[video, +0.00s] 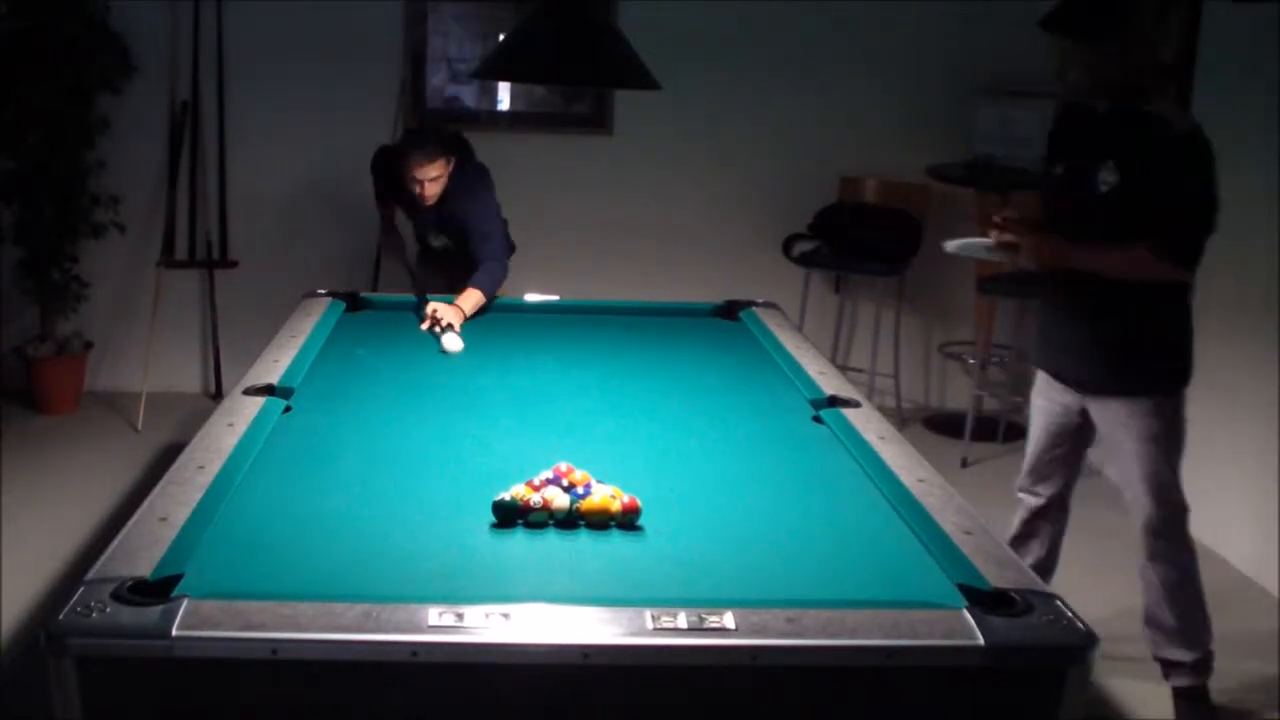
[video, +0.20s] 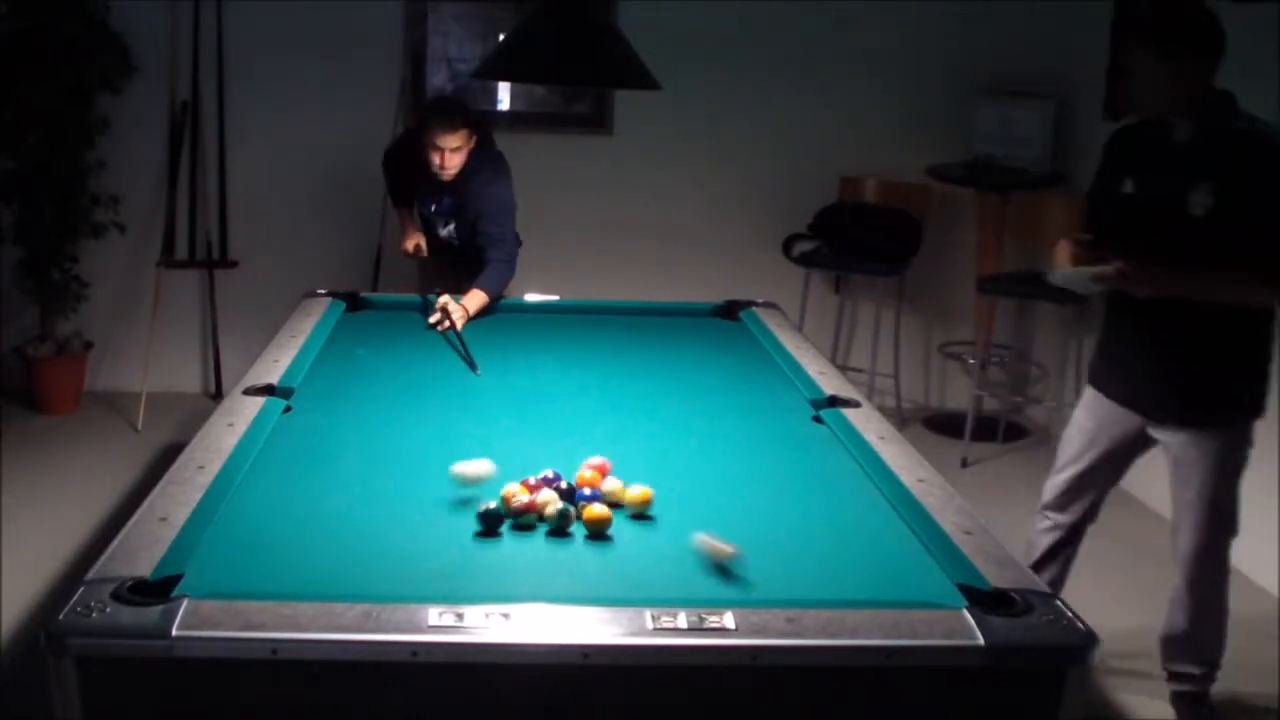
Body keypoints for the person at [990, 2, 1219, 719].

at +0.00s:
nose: (1069, 69)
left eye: (1082, 55)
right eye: (1068, 55)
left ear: (1122, 57)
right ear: (1077, 56)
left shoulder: (1179, 144)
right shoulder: (1075, 126)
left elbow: (1174, 261)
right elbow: (1068, 219)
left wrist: (1059, 252)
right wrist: (1019, 224)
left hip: (1138, 375)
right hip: (1061, 358)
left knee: (1158, 525)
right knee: (1035, 496)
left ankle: (1185, 674)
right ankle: (1011, 630)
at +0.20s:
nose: (1121, 75)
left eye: (1137, 60)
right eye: (1125, 60)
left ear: (1186, 64)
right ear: (1150, 70)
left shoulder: (1258, 156)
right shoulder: (1129, 146)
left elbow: (1263, 282)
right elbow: (1099, 241)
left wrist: (1149, 277)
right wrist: (1081, 251)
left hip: (1213, 391)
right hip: (1122, 375)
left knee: (1199, 547)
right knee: (1060, 505)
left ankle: (1191, 678)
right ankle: (1018, 634)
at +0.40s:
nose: (1228, 90)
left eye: (1242, 78)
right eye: (1220, 74)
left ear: (1266, 80)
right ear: (1205, 72)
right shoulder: (1174, 138)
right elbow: (1138, 248)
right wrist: (1154, 256)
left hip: (1262, 380)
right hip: (1167, 363)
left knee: (1232, 553)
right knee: (1111, 523)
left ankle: (1195, 681)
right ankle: (1094, 663)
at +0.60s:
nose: (1259, 77)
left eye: (1265, 64)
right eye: (1254, 62)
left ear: (1274, 70)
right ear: (1241, 62)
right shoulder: (1205, 142)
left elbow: (1149, 237)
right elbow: (1148, 236)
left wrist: (1182, 284)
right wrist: (1183, 287)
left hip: (1268, 382)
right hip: (1210, 374)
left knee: (1252, 563)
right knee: (1205, 561)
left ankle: (1209, 684)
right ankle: (1197, 698)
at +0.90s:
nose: (1273, 95)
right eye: (1273, 82)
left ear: (1270, 85)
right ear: (1269, 82)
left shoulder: (1254, 175)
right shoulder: (1252, 174)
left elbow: (1192, 292)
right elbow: (1191, 291)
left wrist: (1242, 331)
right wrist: (1245, 332)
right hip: (1262, 437)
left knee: (1267, 614)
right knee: (1265, 619)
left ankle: (1247, 679)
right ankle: (1256, 699)